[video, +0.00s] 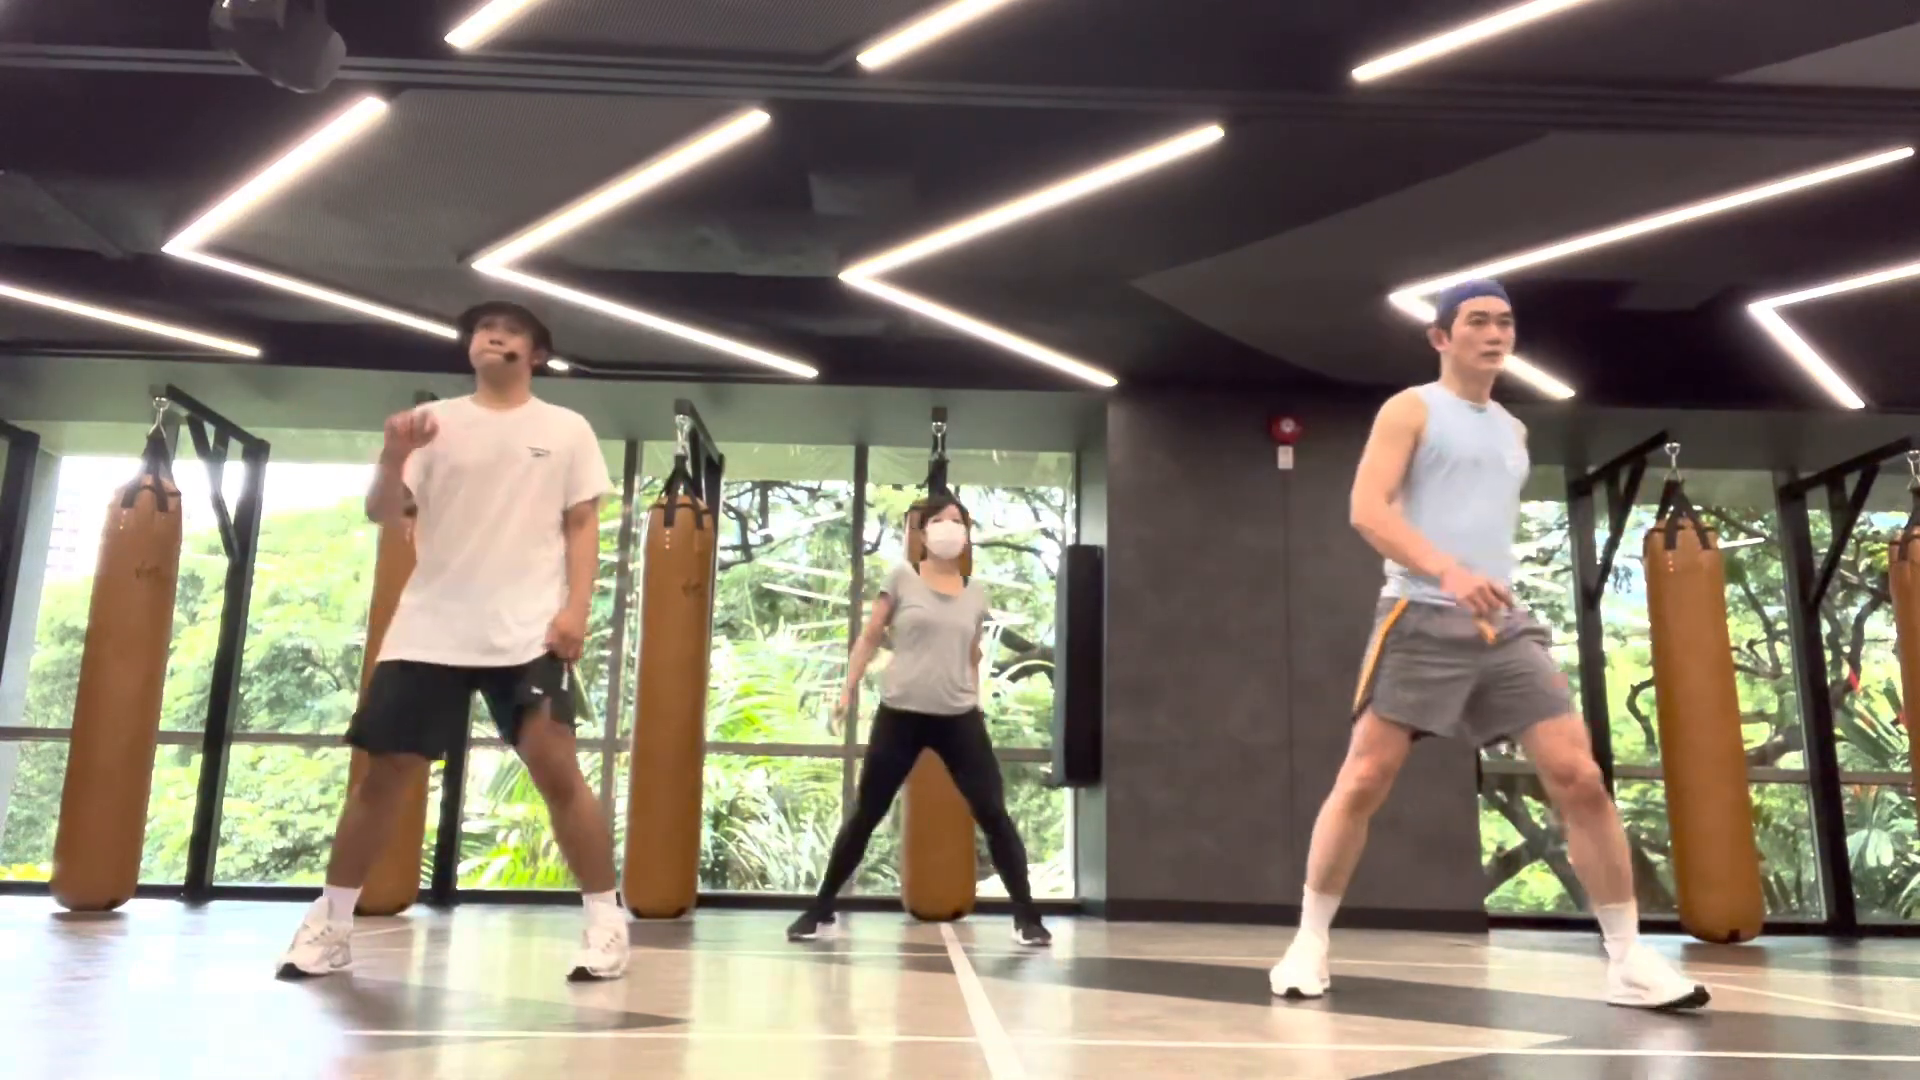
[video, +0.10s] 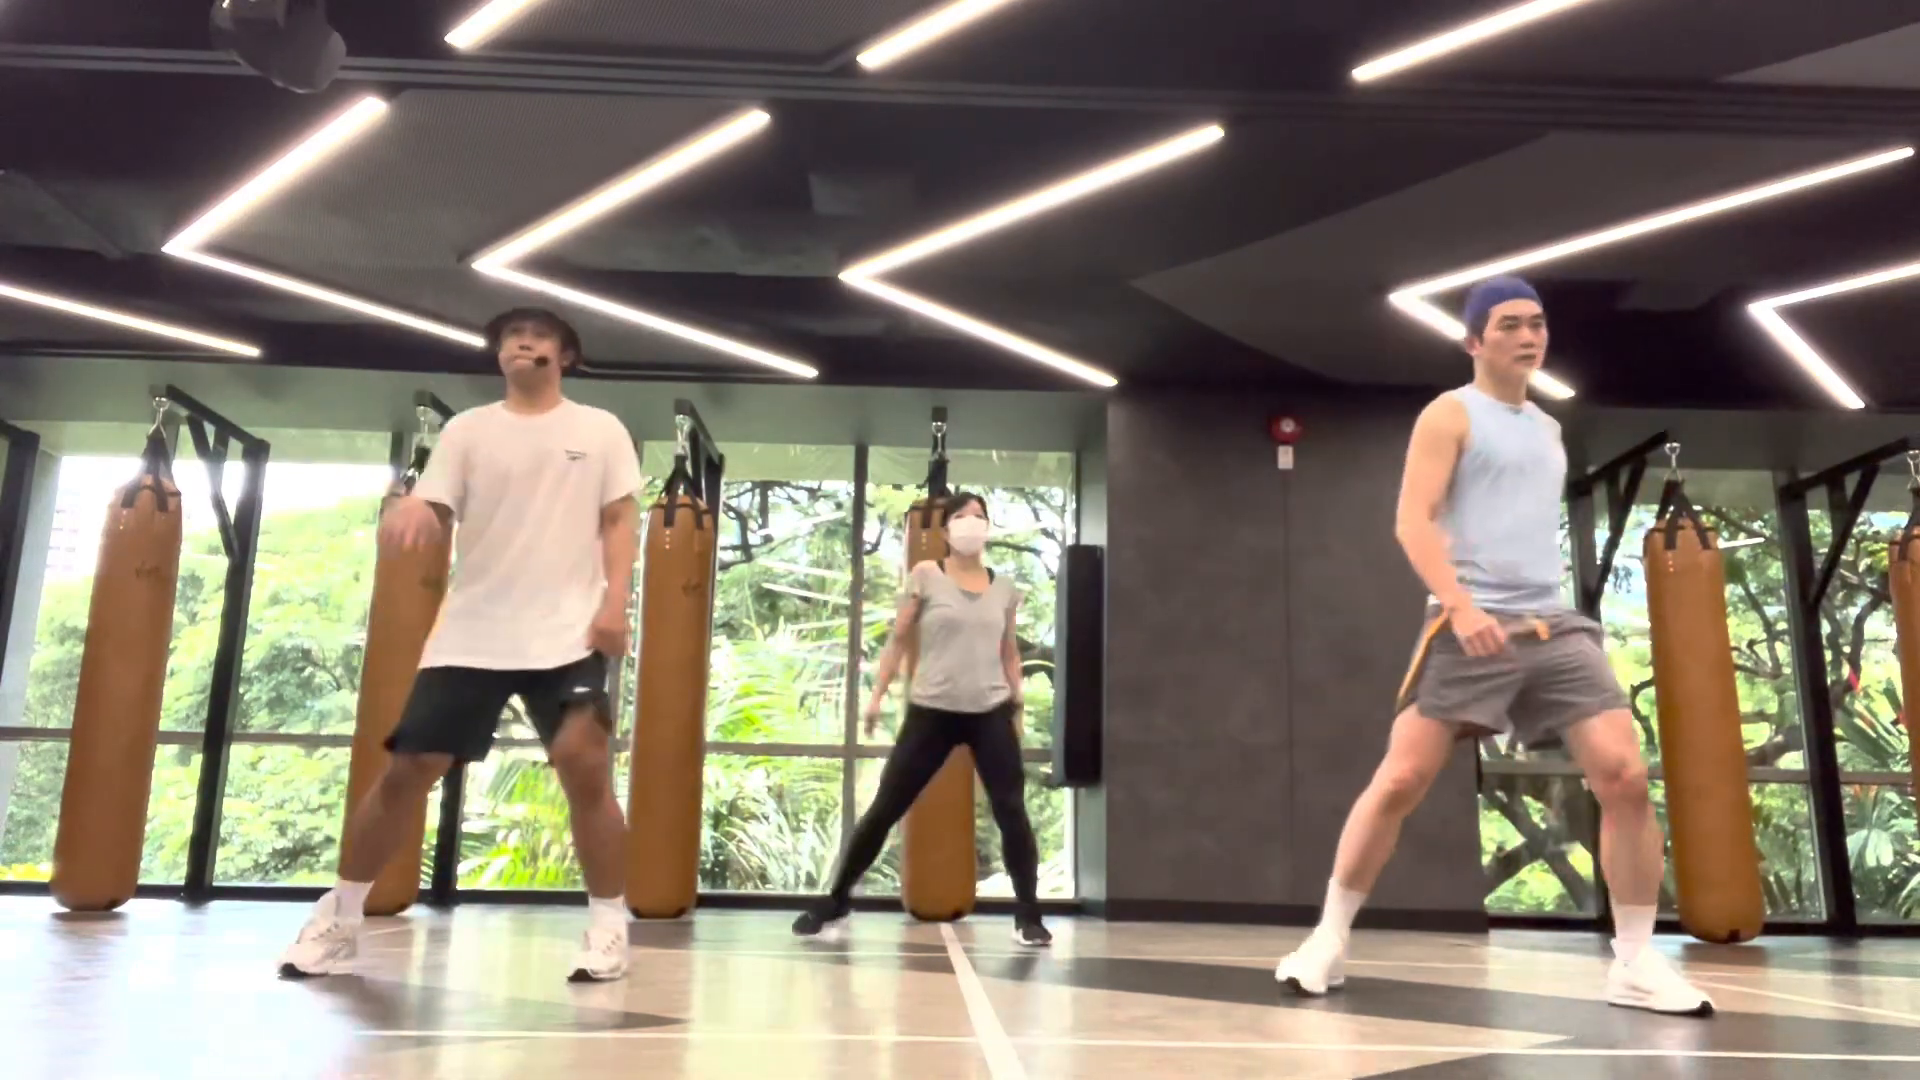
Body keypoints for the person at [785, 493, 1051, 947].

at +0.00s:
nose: (949, 529)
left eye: (957, 522)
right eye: (938, 522)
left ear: (967, 535)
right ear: (922, 533)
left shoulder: (976, 593)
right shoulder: (903, 578)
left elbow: (974, 657)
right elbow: (870, 638)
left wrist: (972, 706)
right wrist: (849, 691)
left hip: (959, 717)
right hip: (901, 715)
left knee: (994, 814)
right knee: (866, 813)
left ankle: (1026, 916)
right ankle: (822, 907)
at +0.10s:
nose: (971, 524)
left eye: (979, 518)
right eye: (961, 517)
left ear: (989, 531)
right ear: (945, 531)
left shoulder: (1005, 590)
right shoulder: (925, 575)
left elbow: (1009, 650)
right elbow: (897, 641)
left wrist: (1016, 699)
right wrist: (876, 697)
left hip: (991, 713)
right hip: (932, 712)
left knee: (1012, 812)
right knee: (884, 810)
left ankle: (1029, 915)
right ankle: (835, 900)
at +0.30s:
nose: (994, 512)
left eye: (1002, 505)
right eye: (984, 505)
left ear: (1012, 517)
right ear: (968, 517)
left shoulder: (1030, 569)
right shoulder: (947, 566)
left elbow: (1056, 630)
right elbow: (931, 630)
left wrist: (1079, 683)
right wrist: (919, 689)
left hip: (1013, 696)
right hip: (957, 694)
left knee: (1021, 806)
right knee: (950, 796)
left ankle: (1028, 914)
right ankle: (938, 897)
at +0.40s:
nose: (999, 520)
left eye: (1007, 514)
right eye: (991, 513)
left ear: (1017, 526)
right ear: (973, 523)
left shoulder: (1031, 576)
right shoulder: (951, 574)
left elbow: (1061, 632)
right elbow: (939, 638)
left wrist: (1086, 680)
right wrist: (932, 696)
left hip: (1021, 697)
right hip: (966, 699)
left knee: (1027, 806)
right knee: (976, 800)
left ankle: (1028, 912)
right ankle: (981, 905)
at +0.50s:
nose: (999, 523)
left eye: (1007, 517)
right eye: (990, 516)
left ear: (1018, 530)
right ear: (973, 528)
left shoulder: (1031, 576)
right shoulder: (953, 578)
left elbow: (1056, 632)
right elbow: (943, 643)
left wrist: (1076, 670)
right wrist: (936, 703)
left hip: (1024, 700)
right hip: (969, 702)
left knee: (1028, 807)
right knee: (973, 803)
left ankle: (1029, 913)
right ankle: (979, 904)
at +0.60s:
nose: (995, 515)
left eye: (1004, 509)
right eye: (985, 509)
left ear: (1015, 523)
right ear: (971, 522)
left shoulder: (1031, 568)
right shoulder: (953, 572)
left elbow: (1052, 626)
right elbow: (943, 638)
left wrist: (1064, 665)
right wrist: (934, 697)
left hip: (1019, 699)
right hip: (964, 699)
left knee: (1023, 804)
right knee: (948, 794)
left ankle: (1028, 914)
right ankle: (961, 906)